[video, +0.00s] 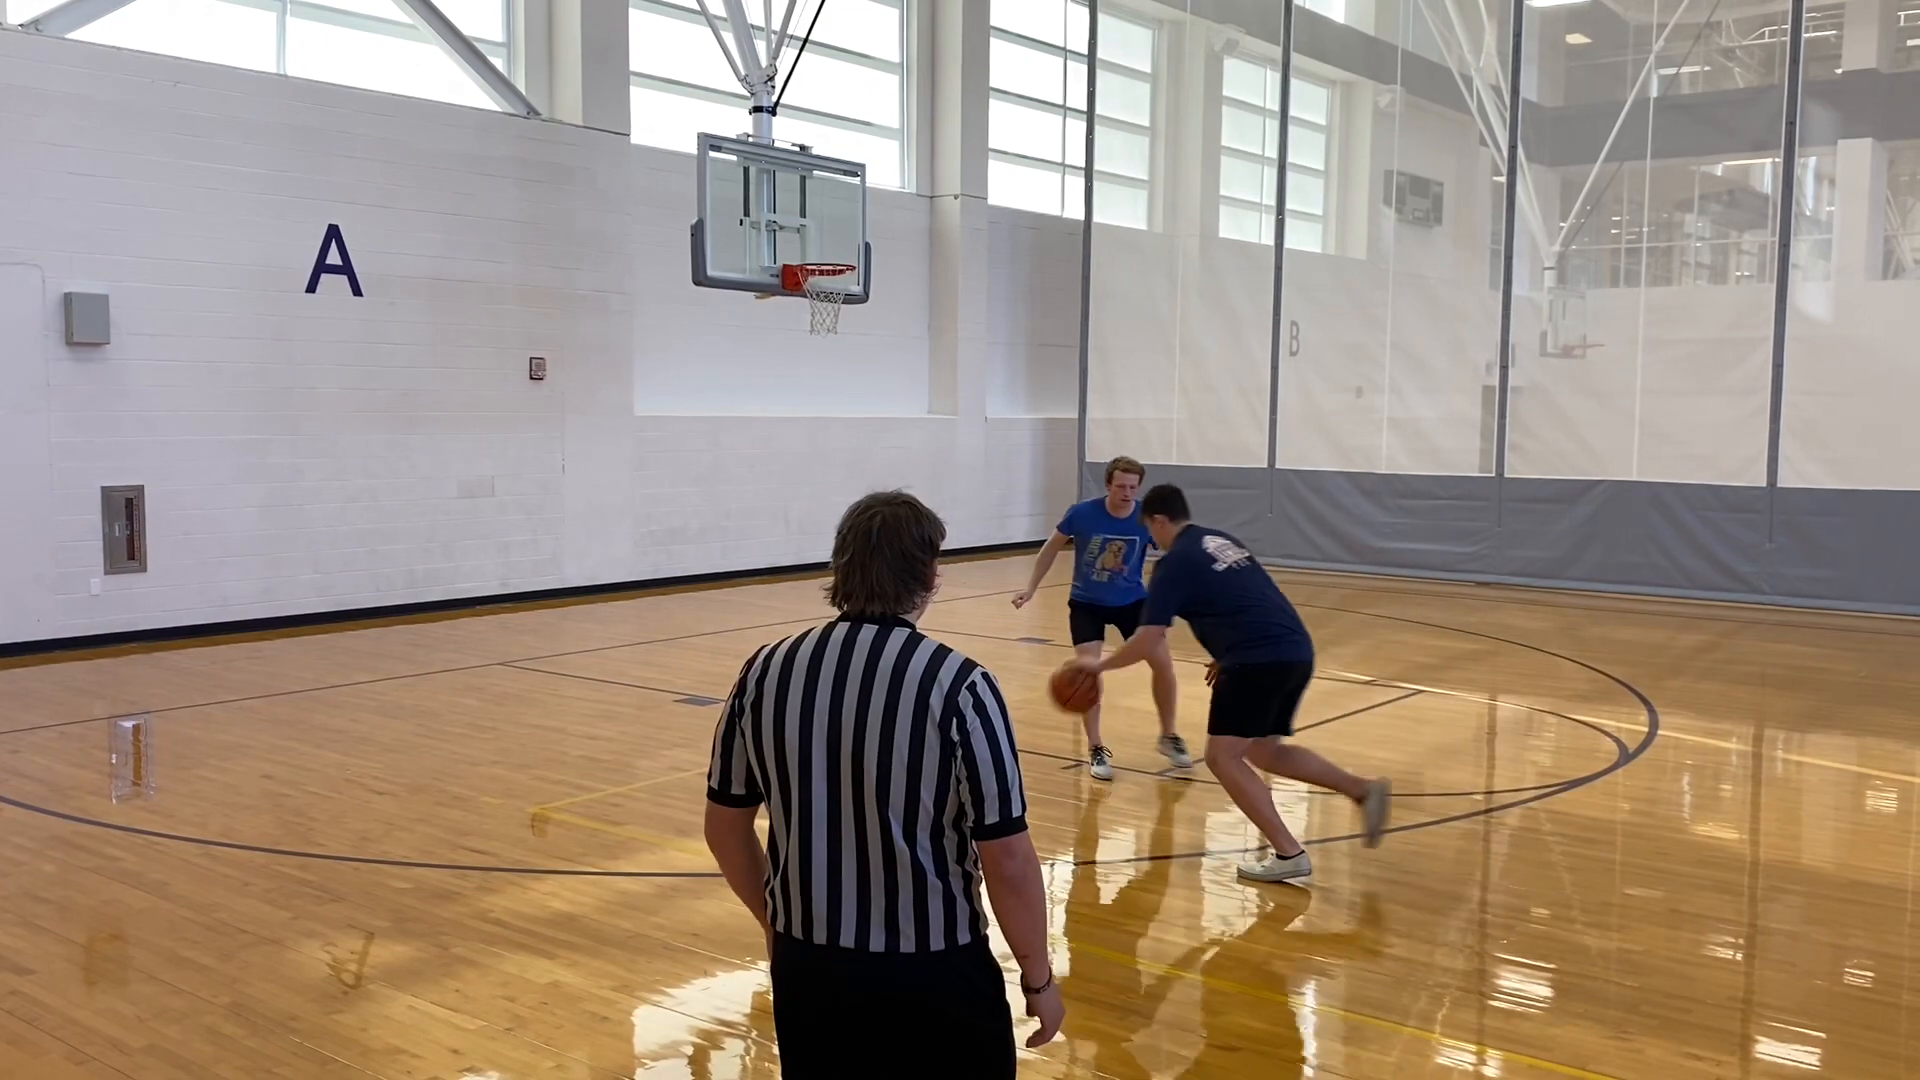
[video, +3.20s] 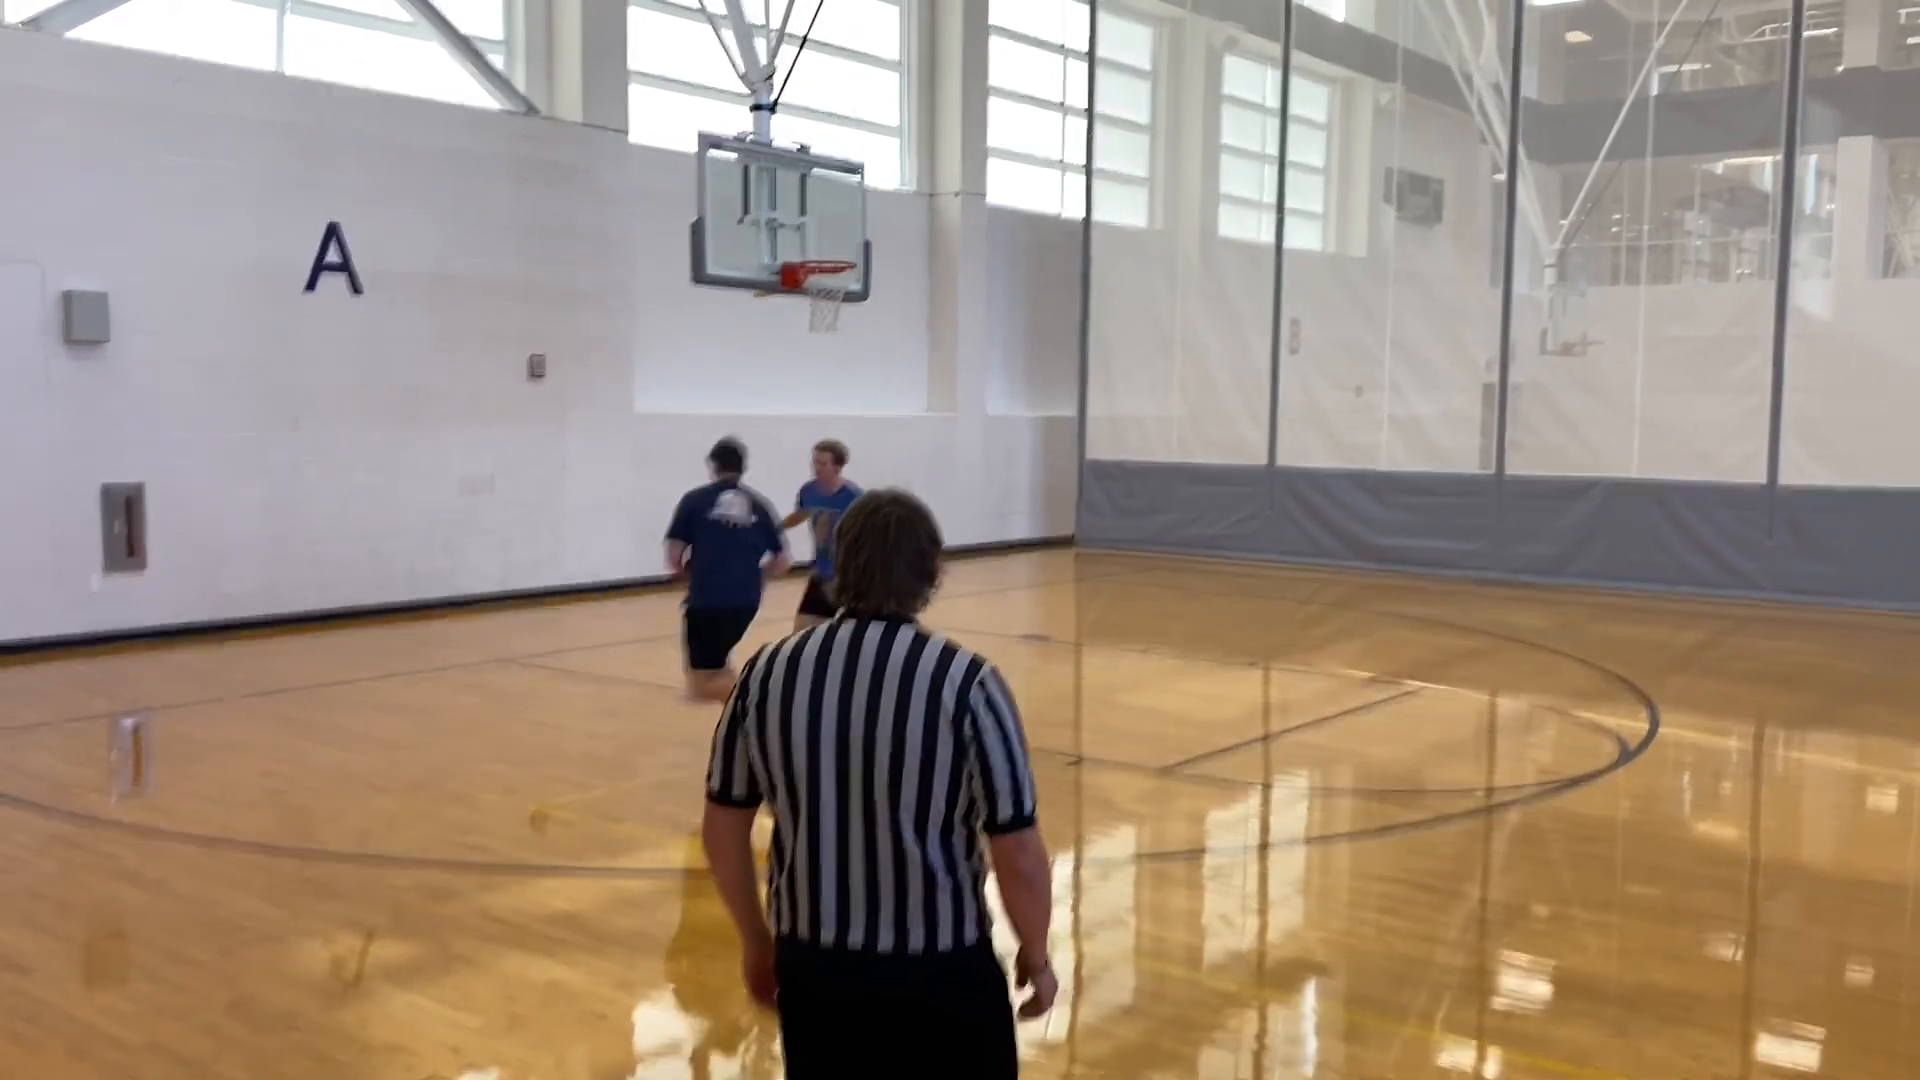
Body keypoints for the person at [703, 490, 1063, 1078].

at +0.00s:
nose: (939, 575)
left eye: (937, 559)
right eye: (935, 560)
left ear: (845, 566)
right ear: (923, 572)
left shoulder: (766, 670)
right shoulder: (961, 686)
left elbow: (725, 825)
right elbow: (1007, 855)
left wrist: (777, 920)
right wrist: (1038, 976)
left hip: (809, 979)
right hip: (940, 982)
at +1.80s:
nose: (949, 583)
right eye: (946, 570)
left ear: (847, 573)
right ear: (937, 581)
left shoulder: (772, 677)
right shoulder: (972, 691)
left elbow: (726, 832)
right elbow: (1019, 860)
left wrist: (749, 949)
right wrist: (1045, 978)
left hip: (816, 984)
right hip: (948, 988)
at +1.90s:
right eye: (946, 573)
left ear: (845, 575)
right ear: (937, 583)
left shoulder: (771, 677)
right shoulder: (971, 690)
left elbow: (726, 833)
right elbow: (1020, 861)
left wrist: (751, 948)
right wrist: (1045, 977)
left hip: (816, 982)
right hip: (949, 986)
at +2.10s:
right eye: (943, 568)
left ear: (842, 573)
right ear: (937, 579)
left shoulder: (771, 675)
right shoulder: (971, 687)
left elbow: (727, 831)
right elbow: (1020, 854)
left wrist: (757, 945)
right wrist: (1045, 973)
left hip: (817, 981)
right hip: (950, 984)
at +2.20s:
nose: (947, 581)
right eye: (942, 569)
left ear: (844, 571)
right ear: (934, 579)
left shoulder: (770, 673)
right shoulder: (969, 686)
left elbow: (725, 830)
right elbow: (1019, 856)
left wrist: (756, 944)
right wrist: (1042, 971)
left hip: (815, 981)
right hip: (947, 985)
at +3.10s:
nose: (939, 573)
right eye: (935, 561)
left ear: (841, 564)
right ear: (929, 572)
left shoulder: (768, 671)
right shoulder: (969, 682)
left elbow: (724, 826)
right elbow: (1019, 851)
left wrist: (757, 940)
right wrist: (1037, 953)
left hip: (815, 974)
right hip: (948, 977)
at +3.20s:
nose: (938, 573)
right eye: (934, 560)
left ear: (841, 566)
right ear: (929, 572)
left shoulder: (768, 670)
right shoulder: (967, 681)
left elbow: (723, 826)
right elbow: (1017, 849)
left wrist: (755, 939)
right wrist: (1035, 950)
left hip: (814, 976)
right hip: (945, 978)